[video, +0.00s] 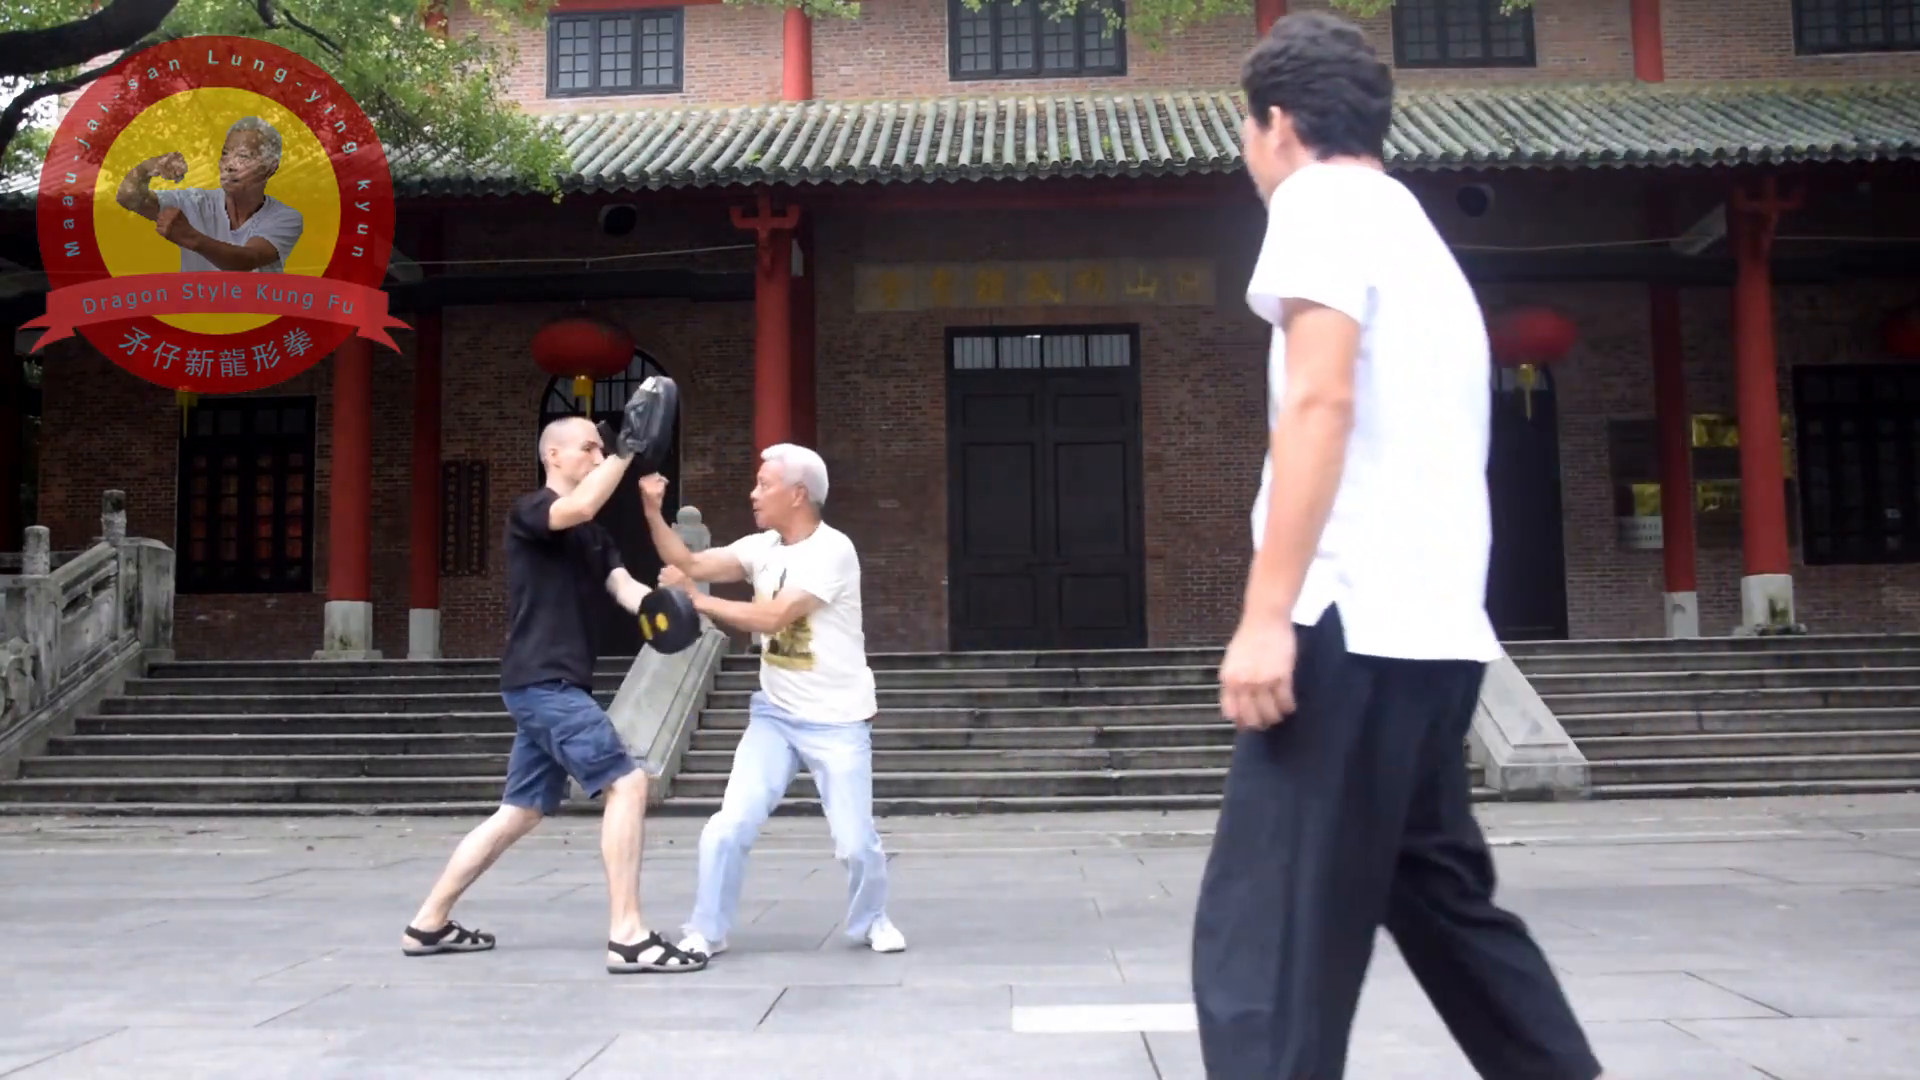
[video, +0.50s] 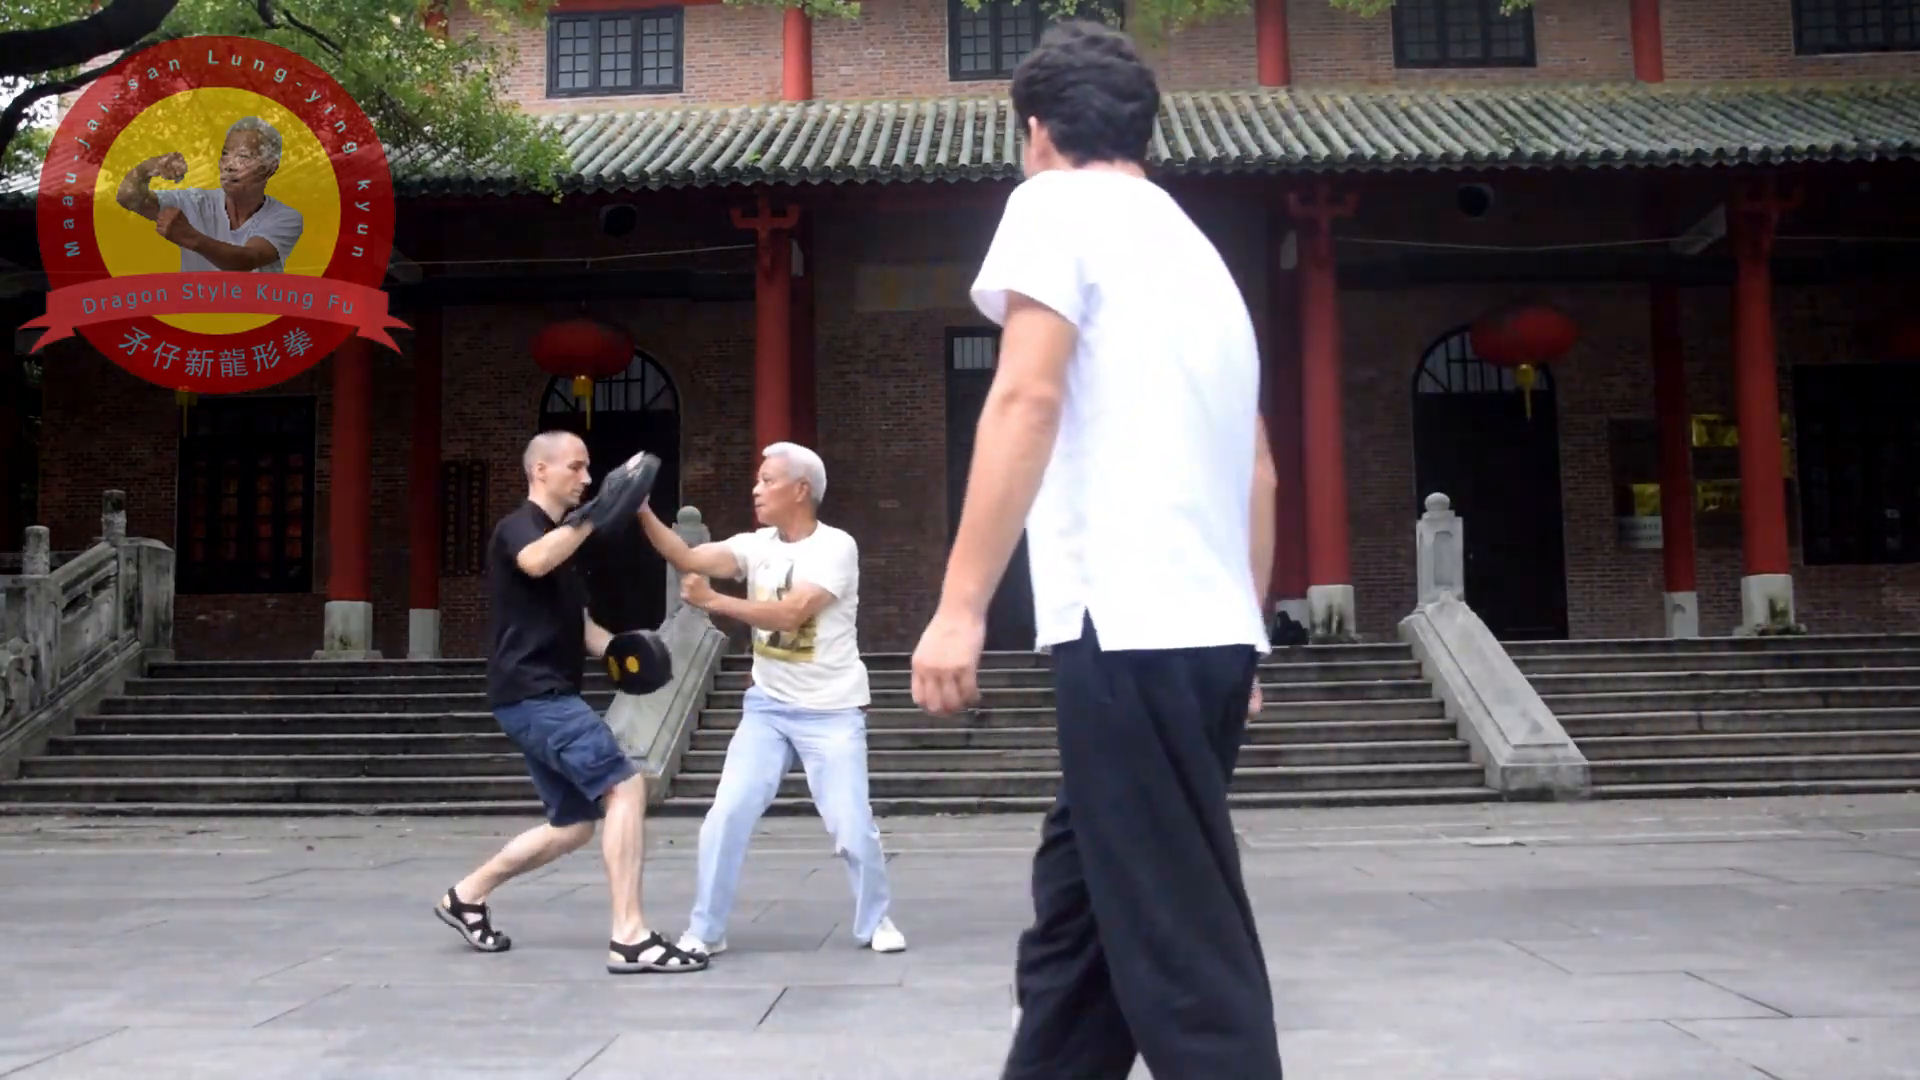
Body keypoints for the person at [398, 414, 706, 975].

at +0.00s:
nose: (600, 458)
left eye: (601, 450)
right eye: (587, 447)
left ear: (597, 460)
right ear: (551, 456)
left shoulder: (591, 525)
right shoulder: (530, 508)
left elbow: (621, 582)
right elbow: (579, 507)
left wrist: (654, 609)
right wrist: (628, 450)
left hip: (557, 682)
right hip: (539, 680)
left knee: (520, 810)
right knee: (628, 784)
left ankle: (428, 923)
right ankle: (628, 935)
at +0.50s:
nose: (585, 478)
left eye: (587, 469)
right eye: (576, 467)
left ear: (568, 476)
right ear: (539, 471)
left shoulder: (563, 535)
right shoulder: (519, 524)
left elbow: (575, 623)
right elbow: (535, 560)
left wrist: (620, 651)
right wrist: (595, 514)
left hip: (546, 693)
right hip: (532, 693)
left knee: (574, 825)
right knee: (626, 788)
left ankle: (466, 895)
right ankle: (630, 934)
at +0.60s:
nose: (564, 475)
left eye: (565, 466)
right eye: (554, 465)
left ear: (551, 473)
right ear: (518, 469)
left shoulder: (548, 534)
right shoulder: (492, 525)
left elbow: (542, 618)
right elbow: (477, 588)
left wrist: (594, 651)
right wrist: (542, 555)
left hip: (533, 686)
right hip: (502, 688)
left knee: (546, 823)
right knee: (575, 793)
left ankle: (452, 909)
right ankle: (620, 933)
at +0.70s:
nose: (545, 474)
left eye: (546, 465)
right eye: (535, 464)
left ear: (524, 473)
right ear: (501, 470)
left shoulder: (527, 538)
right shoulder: (469, 526)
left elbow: (552, 616)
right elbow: (454, 592)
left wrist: (615, 616)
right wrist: (516, 574)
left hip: (506, 689)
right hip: (463, 688)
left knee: (523, 813)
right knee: (531, 776)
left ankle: (447, 914)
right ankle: (543, 928)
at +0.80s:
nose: (527, 474)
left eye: (528, 465)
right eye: (517, 464)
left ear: (509, 471)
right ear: (482, 466)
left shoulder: (512, 541)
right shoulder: (449, 525)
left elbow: (541, 593)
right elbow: (456, 592)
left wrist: (586, 577)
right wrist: (525, 584)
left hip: (479, 687)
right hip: (433, 684)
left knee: (507, 797)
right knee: (483, 778)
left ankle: (447, 913)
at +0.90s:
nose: (506, 473)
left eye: (508, 464)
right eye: (497, 463)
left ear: (487, 470)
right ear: (462, 465)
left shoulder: (486, 532)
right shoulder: (428, 523)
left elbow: (554, 565)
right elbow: (463, 590)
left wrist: (614, 524)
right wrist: (546, 594)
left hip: (456, 692)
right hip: (405, 690)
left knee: (487, 794)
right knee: (406, 803)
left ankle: (445, 917)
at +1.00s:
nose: (481, 474)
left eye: (483, 465)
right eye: (471, 464)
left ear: (457, 471)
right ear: (437, 467)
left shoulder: (460, 530)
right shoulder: (405, 525)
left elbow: (533, 551)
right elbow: (459, 587)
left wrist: (591, 513)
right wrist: (541, 604)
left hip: (434, 698)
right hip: (374, 698)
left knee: (475, 788)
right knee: (332, 813)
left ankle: (445, 917)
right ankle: (241, 901)